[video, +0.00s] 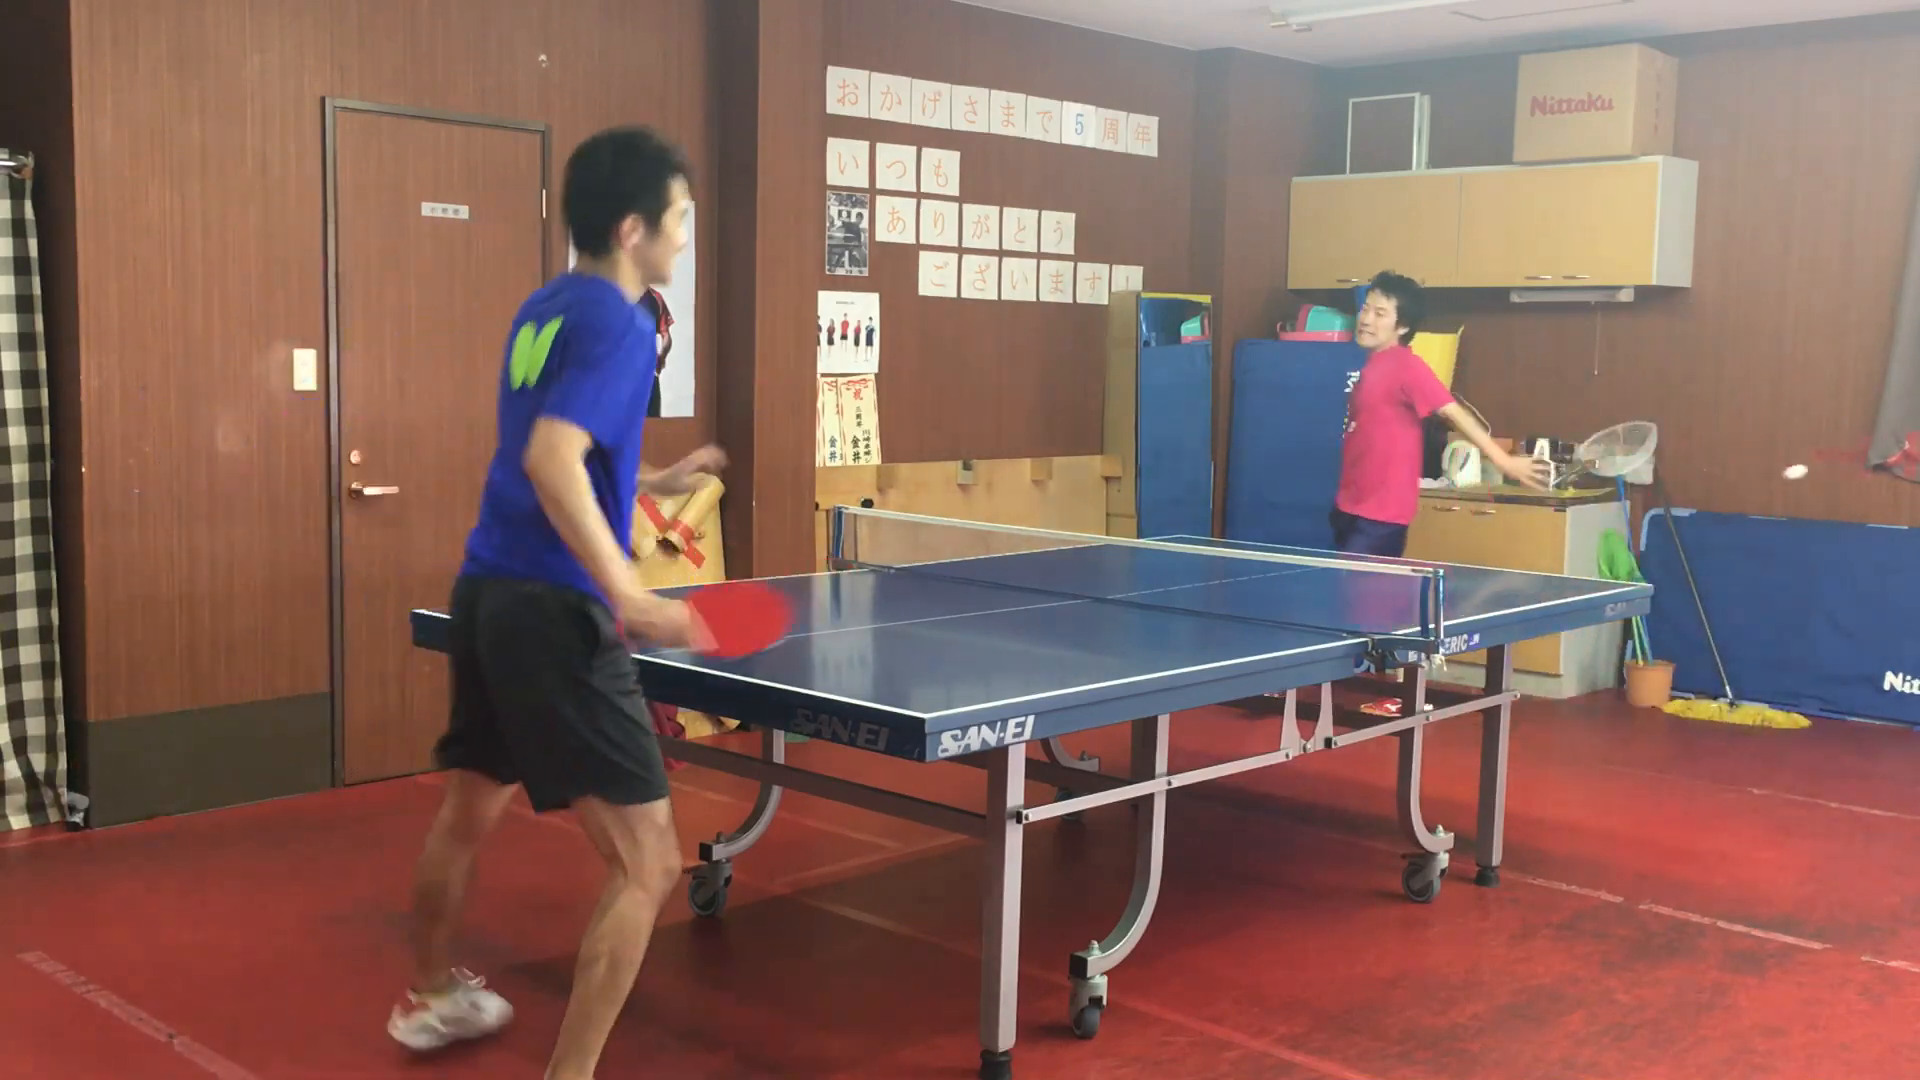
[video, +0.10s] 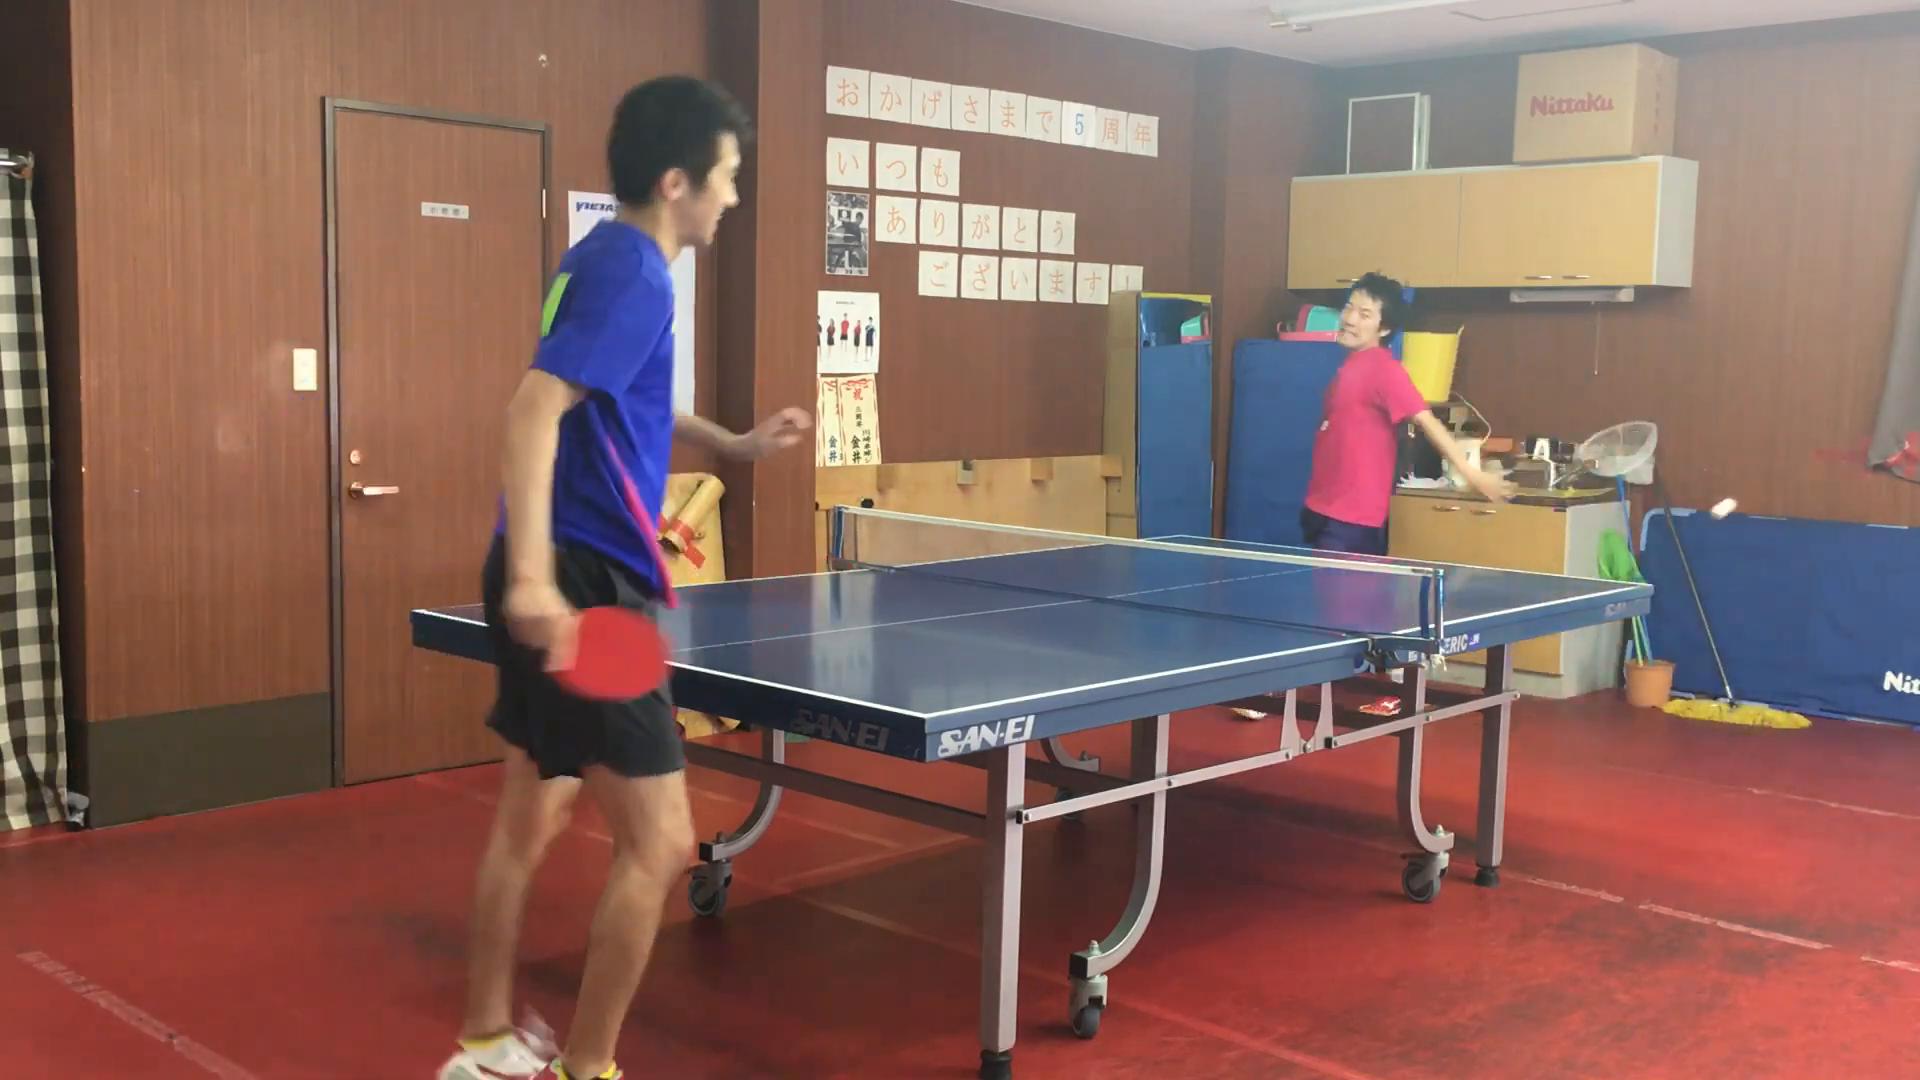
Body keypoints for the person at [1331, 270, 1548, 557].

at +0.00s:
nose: (1365, 318)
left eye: (1379, 312)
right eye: (1364, 308)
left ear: (1402, 327)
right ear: (1360, 310)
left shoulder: (1406, 364)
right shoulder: (1374, 363)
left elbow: (1454, 413)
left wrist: (1504, 461)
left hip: (1380, 515)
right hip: (1350, 508)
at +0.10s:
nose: (1349, 318)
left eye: (1364, 314)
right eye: (1349, 308)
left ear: (1384, 329)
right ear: (1343, 309)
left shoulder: (1385, 369)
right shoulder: (1349, 366)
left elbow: (1429, 424)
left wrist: (1474, 477)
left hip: (1351, 521)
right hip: (1320, 513)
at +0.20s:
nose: (1334, 314)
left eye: (1349, 311)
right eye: (1333, 303)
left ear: (1368, 325)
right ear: (1326, 306)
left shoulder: (1362, 363)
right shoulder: (1330, 360)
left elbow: (1399, 428)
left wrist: (1432, 488)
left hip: (1328, 514)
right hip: (1296, 505)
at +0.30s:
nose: (1322, 314)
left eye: (1336, 310)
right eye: (1319, 302)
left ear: (1352, 324)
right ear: (1309, 306)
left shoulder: (1352, 366)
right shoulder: (1314, 360)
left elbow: (1375, 434)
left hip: (1318, 512)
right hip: (1278, 501)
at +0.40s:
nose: (1315, 315)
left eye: (1328, 309)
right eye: (1309, 303)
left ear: (1341, 321)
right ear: (1296, 308)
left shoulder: (1346, 369)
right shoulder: (1293, 362)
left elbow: (1356, 442)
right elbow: (1292, 429)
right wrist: (1267, 470)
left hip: (1311, 517)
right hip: (1262, 505)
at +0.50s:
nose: (1316, 317)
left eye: (1327, 311)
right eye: (1307, 306)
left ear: (1335, 321)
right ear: (1290, 310)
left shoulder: (1344, 371)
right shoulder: (1273, 362)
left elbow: (1338, 443)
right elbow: (1269, 425)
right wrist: (1251, 475)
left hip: (1307, 517)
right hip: (1254, 505)